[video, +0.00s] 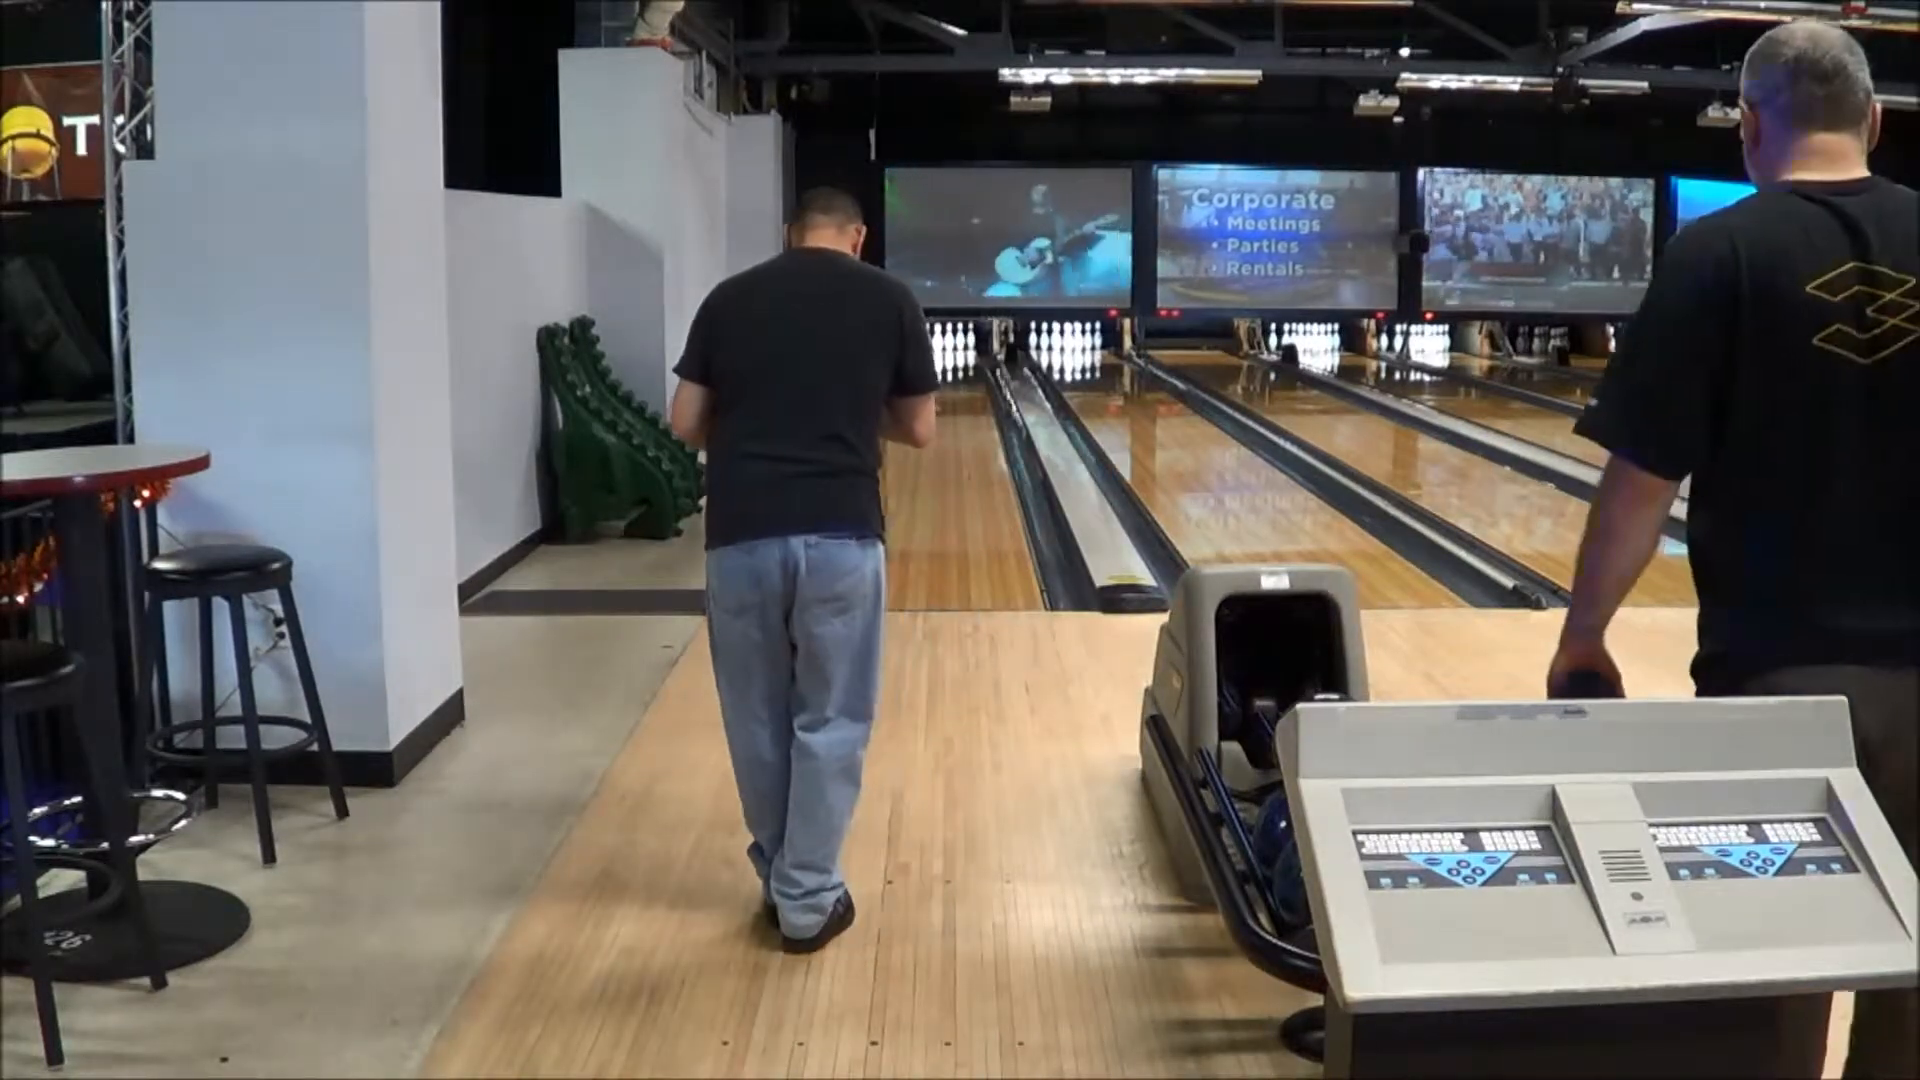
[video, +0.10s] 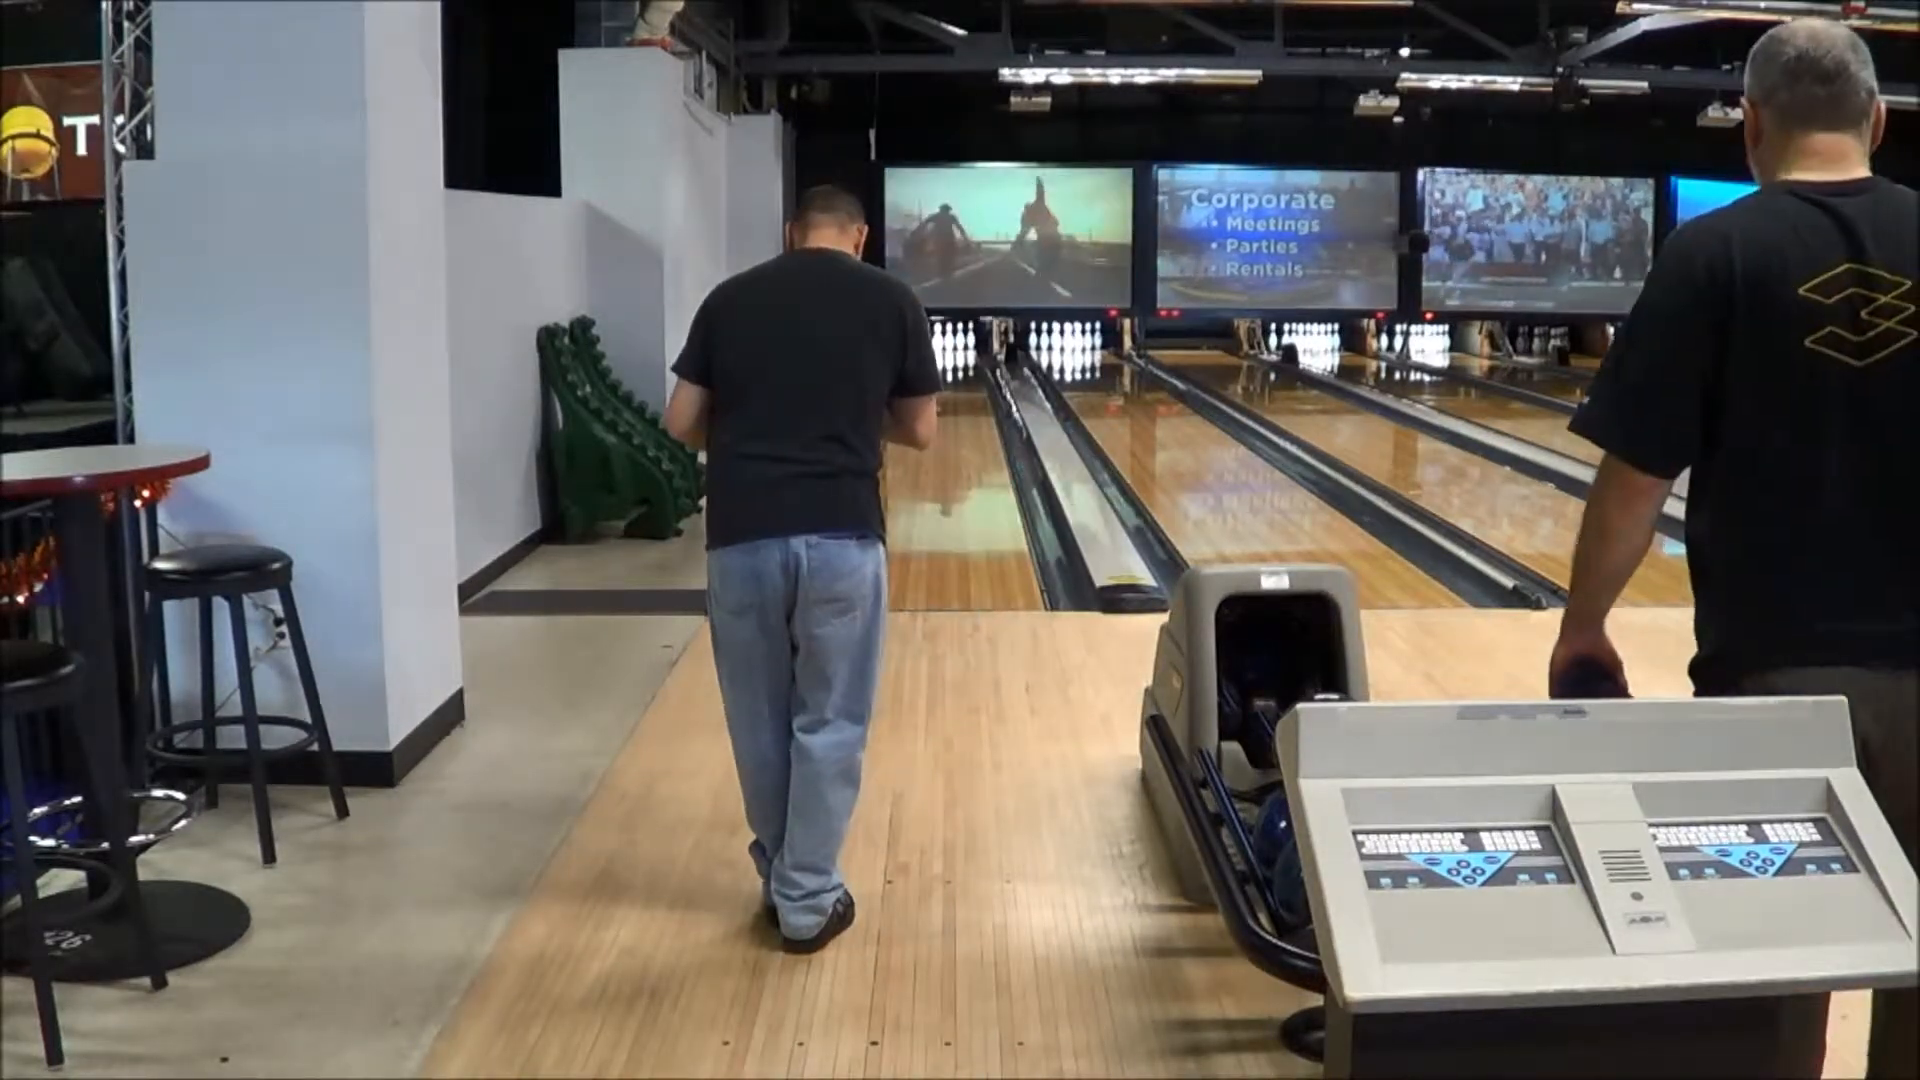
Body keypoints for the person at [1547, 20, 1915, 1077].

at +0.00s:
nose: (1738, 133)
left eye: (1740, 119)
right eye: (1737, 121)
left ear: (1754, 124)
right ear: (1873, 122)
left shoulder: (1717, 252)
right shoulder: (1916, 229)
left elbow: (1643, 472)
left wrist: (1583, 635)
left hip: (1772, 667)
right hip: (1913, 662)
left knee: (1778, 955)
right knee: (1907, 954)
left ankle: (1786, 1074)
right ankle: (1873, 1072)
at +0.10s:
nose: (1739, 126)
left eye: (1741, 114)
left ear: (1751, 122)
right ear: (1877, 122)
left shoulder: (1709, 255)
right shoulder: (1918, 230)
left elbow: (1634, 474)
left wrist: (1583, 624)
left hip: (1770, 662)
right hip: (1915, 660)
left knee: (1779, 953)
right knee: (1914, 953)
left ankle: (1791, 1072)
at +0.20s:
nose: (1747, 123)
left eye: (1749, 110)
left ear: (1756, 119)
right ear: (1884, 120)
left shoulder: (1713, 257)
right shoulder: (1917, 230)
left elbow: (1639, 477)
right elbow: (1640, 475)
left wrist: (1594, 621)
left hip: (1771, 660)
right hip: (1913, 659)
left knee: (1779, 952)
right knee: (1917, 950)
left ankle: (1787, 1072)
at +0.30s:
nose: (1760, 121)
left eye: (1762, 107)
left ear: (1770, 117)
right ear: (1895, 120)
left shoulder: (1728, 258)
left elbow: (1654, 477)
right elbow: (1656, 474)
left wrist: (1612, 619)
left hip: (1778, 663)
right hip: (1914, 663)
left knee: (1778, 961)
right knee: (1916, 955)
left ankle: (1783, 1074)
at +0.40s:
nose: (1777, 118)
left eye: (1779, 104)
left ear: (1790, 116)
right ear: (1909, 120)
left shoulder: (1750, 258)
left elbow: (1677, 484)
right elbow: (1681, 482)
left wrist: (1636, 620)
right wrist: (1642, 614)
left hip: (1789, 666)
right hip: (1912, 669)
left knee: (1782, 953)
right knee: (1912, 952)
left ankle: (1782, 1072)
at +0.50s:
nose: (1799, 115)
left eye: (1803, 102)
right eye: (1809, 100)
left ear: (1819, 115)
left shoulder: (1778, 258)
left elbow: (1706, 479)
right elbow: (1709, 478)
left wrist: (1664, 628)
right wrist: (1672, 627)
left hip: (1810, 669)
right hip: (1913, 670)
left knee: (1790, 961)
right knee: (1913, 960)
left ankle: (1785, 1074)